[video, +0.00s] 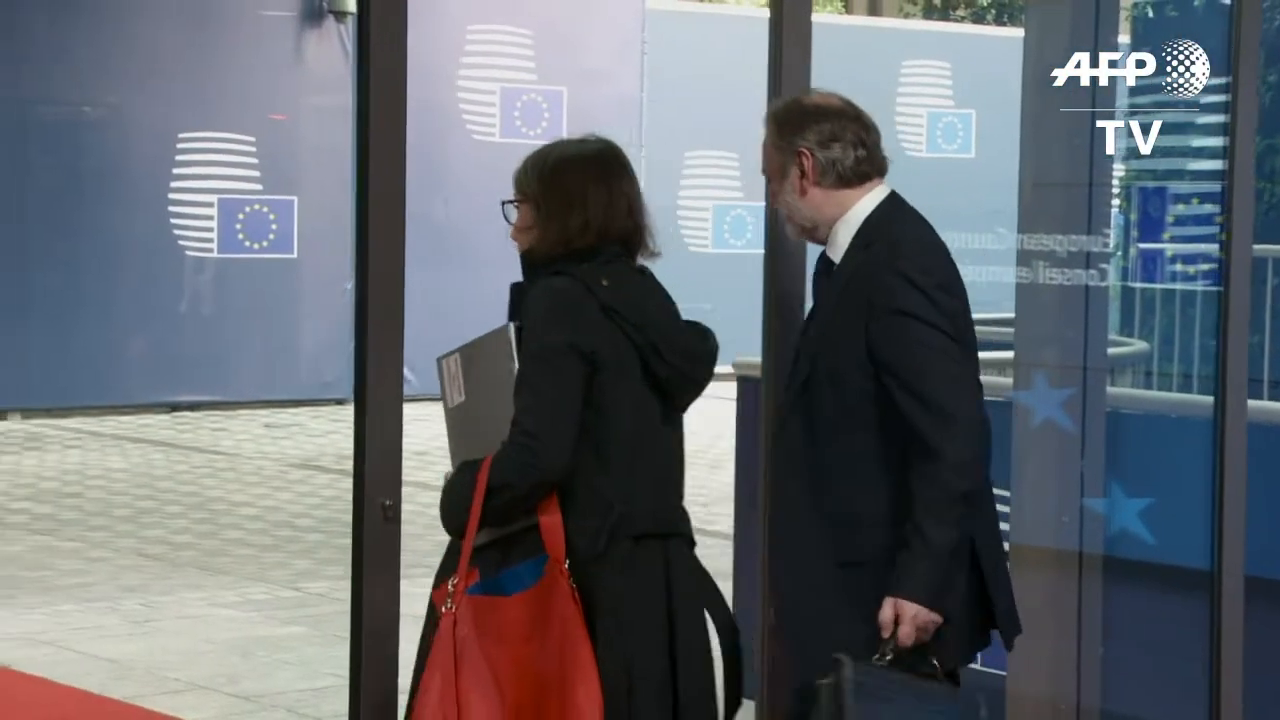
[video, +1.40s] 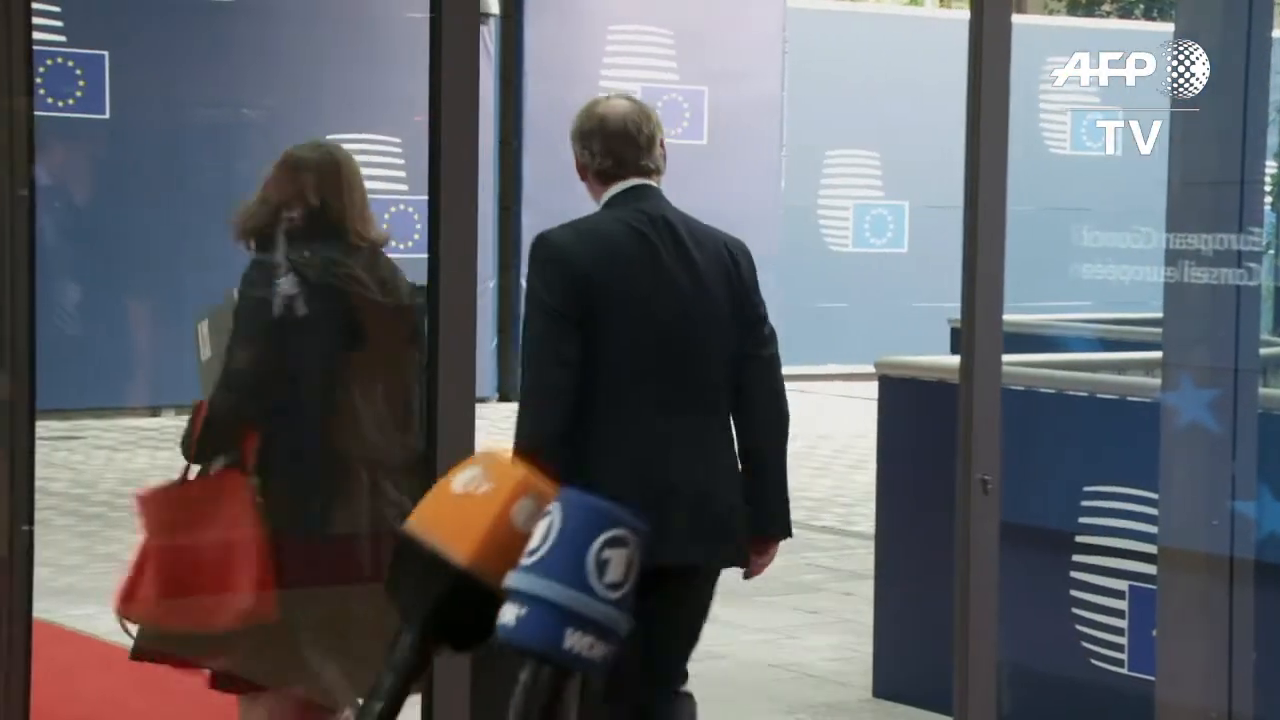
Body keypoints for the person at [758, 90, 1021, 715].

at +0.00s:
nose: (771, 199)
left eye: (772, 180)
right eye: (768, 182)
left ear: (804, 172)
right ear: (814, 171)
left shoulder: (895, 259)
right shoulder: (859, 251)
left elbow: (951, 436)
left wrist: (921, 583)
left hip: (878, 602)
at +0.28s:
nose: (719, 205)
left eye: (720, 186)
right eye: (718, 188)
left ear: (743, 178)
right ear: (799, 170)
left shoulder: (833, 264)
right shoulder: (802, 259)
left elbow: (883, 439)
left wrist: (859, 586)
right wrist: (752, 596)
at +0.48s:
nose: (669, 207)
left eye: (668, 188)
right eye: (668, 190)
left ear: (690, 177)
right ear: (751, 172)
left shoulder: (776, 262)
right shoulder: (750, 257)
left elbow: (819, 429)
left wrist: (807, 570)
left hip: (774, 585)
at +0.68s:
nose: (639, 187)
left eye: (639, 168)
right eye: (638, 170)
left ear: (656, 161)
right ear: (722, 160)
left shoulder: (725, 244)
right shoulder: (741, 236)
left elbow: (750, 406)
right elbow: (753, 405)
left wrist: (740, 548)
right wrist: (728, 543)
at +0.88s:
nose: (641, 178)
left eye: (639, 163)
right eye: (640, 163)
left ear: (650, 165)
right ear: (728, 160)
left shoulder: (680, 247)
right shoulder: (771, 251)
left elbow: (680, 407)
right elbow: (776, 409)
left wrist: (679, 548)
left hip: (698, 552)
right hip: (773, 541)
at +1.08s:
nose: (618, 195)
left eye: (618, 182)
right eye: (618, 183)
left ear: (627, 185)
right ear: (701, 179)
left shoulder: (630, 263)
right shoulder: (760, 272)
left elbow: (622, 417)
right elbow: (766, 424)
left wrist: (611, 556)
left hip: (661, 556)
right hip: (753, 550)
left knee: (657, 708)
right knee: (756, 709)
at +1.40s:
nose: (578, 171)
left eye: (577, 162)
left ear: (584, 168)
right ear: (661, 158)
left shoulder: (564, 251)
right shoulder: (727, 256)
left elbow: (546, 396)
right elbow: (763, 400)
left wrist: (525, 512)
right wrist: (768, 516)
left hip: (596, 515)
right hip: (699, 517)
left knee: (607, 688)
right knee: (664, 683)